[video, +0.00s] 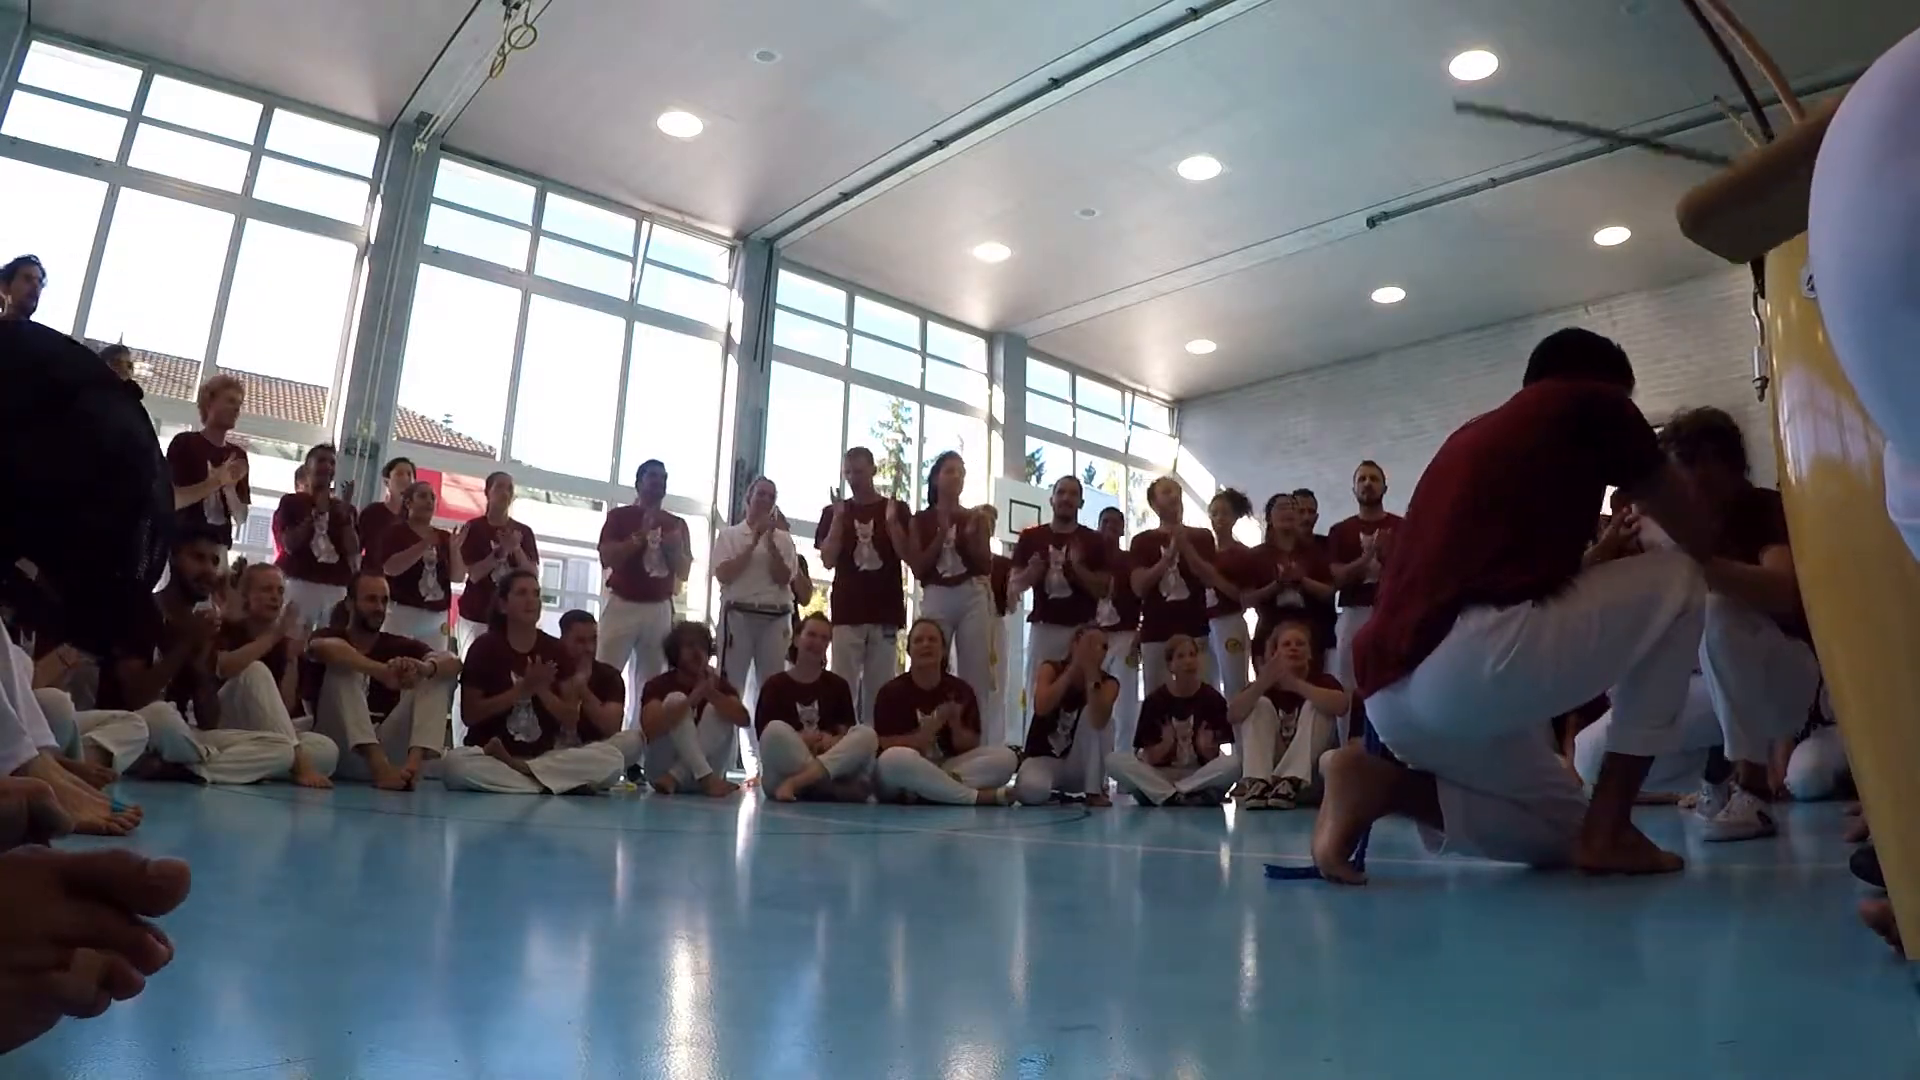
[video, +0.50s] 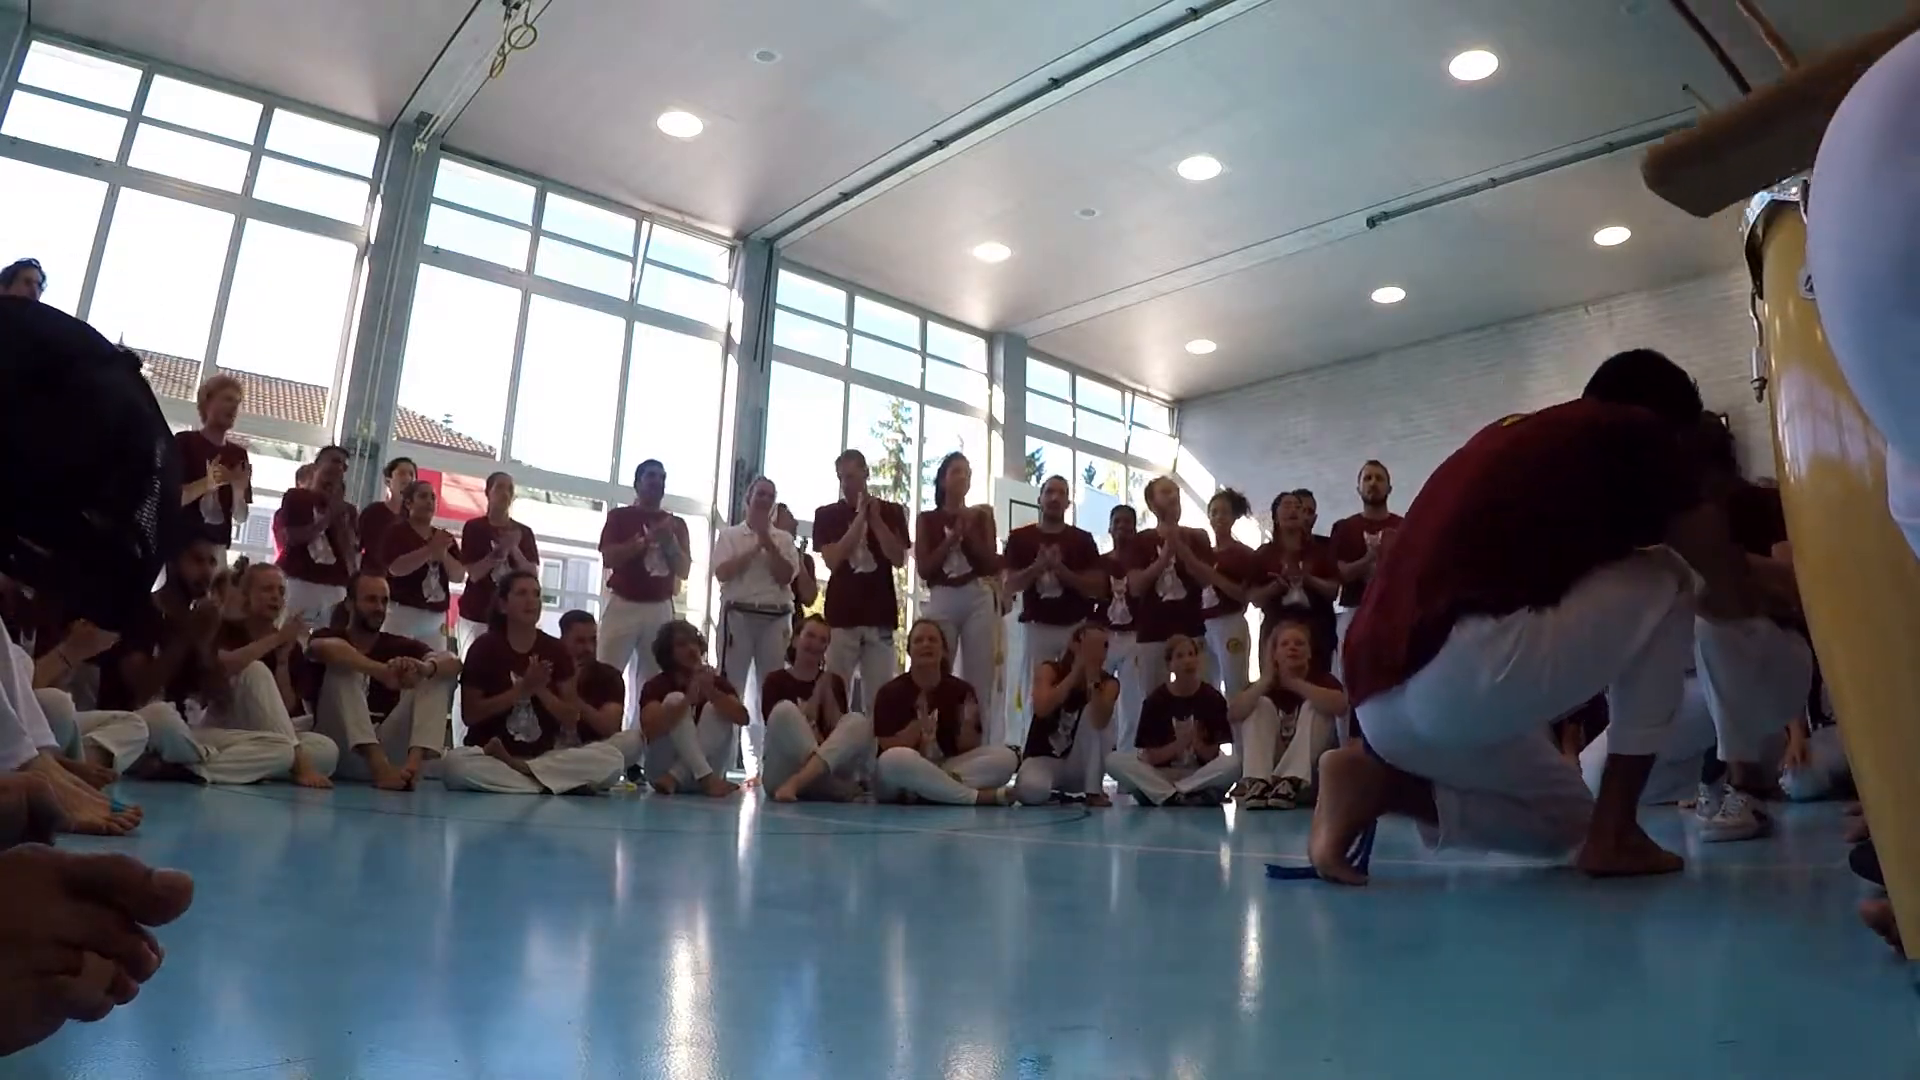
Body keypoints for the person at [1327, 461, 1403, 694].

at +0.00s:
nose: (1367, 483)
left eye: (1374, 479)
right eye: (1361, 479)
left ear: (1384, 487)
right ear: (1354, 488)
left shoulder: (1401, 527)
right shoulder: (1339, 531)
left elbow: (1405, 575)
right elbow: (1337, 576)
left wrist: (1371, 562)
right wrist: (1367, 556)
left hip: (1390, 612)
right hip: (1353, 613)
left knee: (1388, 679)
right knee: (1348, 681)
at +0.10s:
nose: (1367, 483)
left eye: (1374, 478)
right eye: (1362, 478)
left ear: (1384, 486)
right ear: (1354, 488)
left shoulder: (1402, 527)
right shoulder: (1339, 530)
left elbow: (1407, 575)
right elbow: (1337, 577)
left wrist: (1389, 554)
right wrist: (1361, 556)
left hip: (1390, 612)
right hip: (1353, 613)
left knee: (1388, 680)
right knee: (1347, 681)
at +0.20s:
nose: (1368, 482)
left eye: (1374, 478)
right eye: (1362, 478)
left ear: (1385, 486)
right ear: (1355, 488)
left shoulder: (1403, 527)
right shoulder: (1339, 530)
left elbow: (1407, 575)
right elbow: (1338, 575)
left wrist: (1384, 554)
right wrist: (1367, 558)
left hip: (1391, 612)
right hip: (1353, 612)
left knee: (1388, 679)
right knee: (1346, 680)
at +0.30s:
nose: (1368, 483)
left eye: (1375, 478)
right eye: (1362, 479)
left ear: (1385, 487)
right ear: (1355, 488)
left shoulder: (1404, 528)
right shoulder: (1339, 530)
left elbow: (1407, 576)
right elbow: (1337, 575)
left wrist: (1385, 553)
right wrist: (1367, 557)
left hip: (1391, 612)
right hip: (1353, 613)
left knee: (1388, 679)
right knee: (1344, 681)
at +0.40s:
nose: (1370, 483)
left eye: (1376, 479)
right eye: (1364, 479)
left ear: (1386, 487)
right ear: (1356, 488)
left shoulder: (1403, 528)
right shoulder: (1340, 530)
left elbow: (1409, 575)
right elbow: (1337, 573)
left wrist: (1390, 557)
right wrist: (1364, 556)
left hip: (1391, 612)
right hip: (1353, 613)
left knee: (1389, 678)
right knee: (1347, 680)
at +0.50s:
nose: (1373, 483)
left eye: (1379, 479)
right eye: (1367, 478)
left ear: (1389, 488)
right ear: (1358, 487)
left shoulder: (1403, 527)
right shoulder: (1343, 528)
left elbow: (1408, 571)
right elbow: (1342, 573)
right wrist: (1370, 557)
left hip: (1390, 610)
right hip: (1353, 610)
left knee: (1387, 675)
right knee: (1348, 675)